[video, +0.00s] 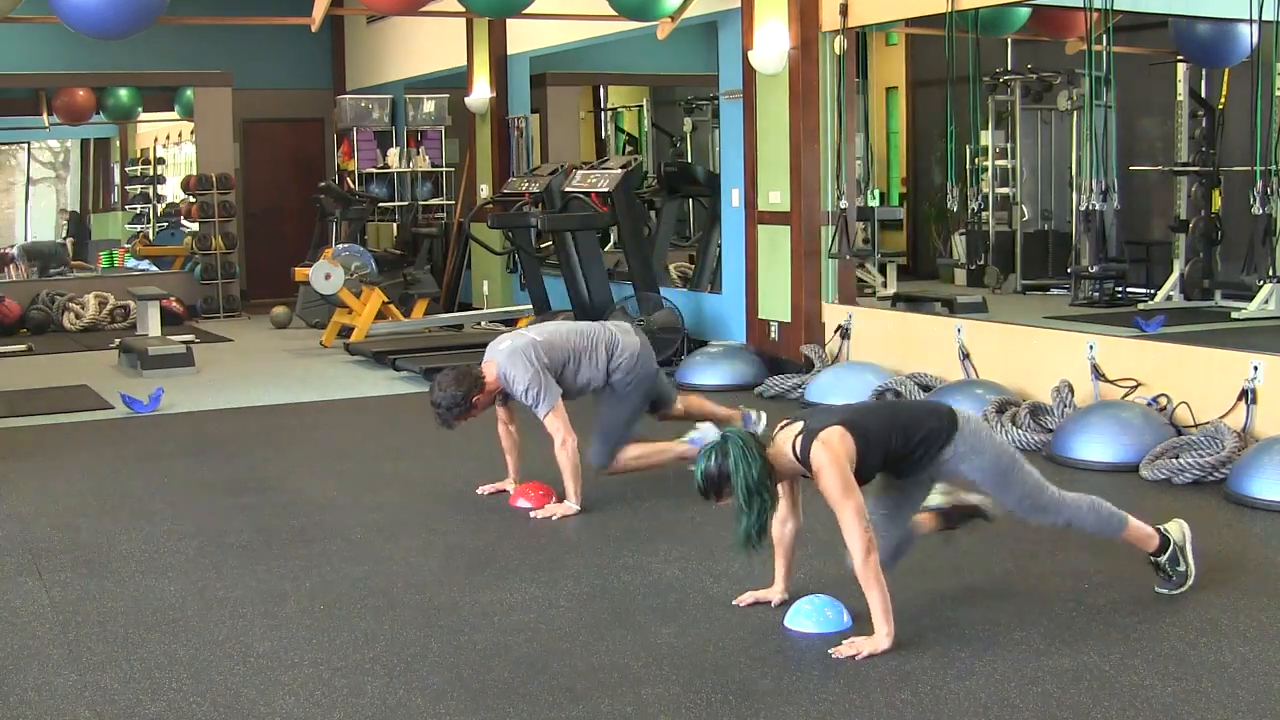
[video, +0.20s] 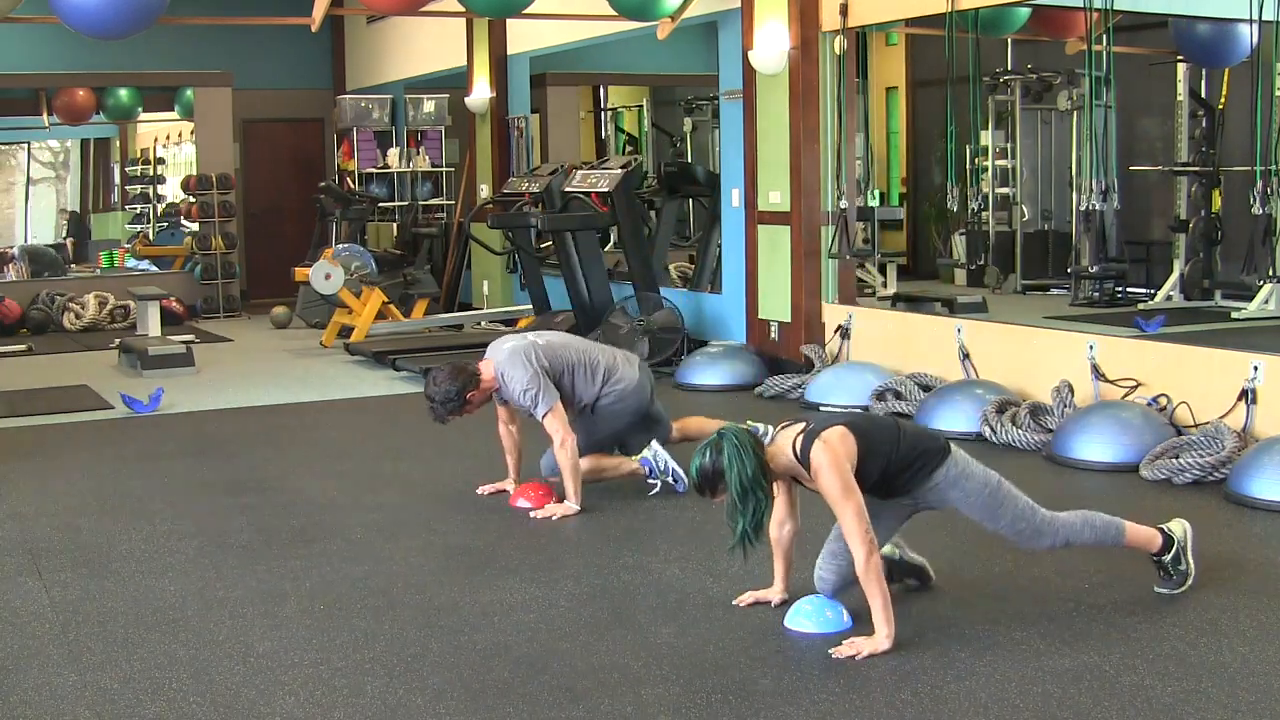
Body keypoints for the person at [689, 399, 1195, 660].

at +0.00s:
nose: (735, 498)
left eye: (733, 489)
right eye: (727, 492)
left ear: (746, 471)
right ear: (747, 452)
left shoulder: (824, 452)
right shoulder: (774, 446)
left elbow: (862, 548)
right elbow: (784, 516)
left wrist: (882, 633)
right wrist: (779, 586)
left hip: (950, 437)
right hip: (899, 462)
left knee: (1045, 505)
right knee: (879, 556)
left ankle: (1161, 542)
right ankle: (948, 511)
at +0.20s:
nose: (731, 499)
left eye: (729, 490)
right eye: (722, 492)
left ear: (745, 472)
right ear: (740, 454)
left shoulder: (823, 457)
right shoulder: (771, 449)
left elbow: (862, 547)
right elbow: (781, 520)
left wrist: (882, 633)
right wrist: (778, 586)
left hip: (937, 468)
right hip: (886, 493)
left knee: (1040, 530)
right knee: (827, 579)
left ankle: (1165, 540)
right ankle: (898, 566)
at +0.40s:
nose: (740, 500)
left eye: (737, 492)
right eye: (732, 493)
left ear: (754, 473)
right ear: (741, 461)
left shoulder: (826, 457)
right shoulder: (771, 449)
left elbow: (863, 546)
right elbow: (785, 519)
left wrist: (883, 634)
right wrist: (779, 587)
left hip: (945, 457)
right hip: (891, 482)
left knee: (1046, 520)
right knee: (838, 567)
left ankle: (1163, 539)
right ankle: (911, 550)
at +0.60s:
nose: (745, 503)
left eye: (742, 494)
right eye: (737, 497)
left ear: (755, 475)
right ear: (749, 461)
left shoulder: (830, 452)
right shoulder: (781, 448)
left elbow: (867, 548)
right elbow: (789, 521)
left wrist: (883, 632)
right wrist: (779, 587)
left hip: (957, 428)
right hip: (906, 454)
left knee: (1047, 495)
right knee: (897, 544)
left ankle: (1156, 538)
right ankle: (975, 493)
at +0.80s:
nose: (741, 501)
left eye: (739, 494)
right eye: (733, 497)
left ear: (750, 474)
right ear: (748, 450)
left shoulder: (828, 454)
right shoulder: (776, 446)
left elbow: (869, 549)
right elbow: (788, 520)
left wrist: (883, 635)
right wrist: (779, 588)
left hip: (959, 444)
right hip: (925, 453)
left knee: (1049, 506)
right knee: (969, 511)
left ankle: (1156, 536)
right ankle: (1055, 509)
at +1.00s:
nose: (740, 504)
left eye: (739, 497)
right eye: (732, 500)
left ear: (752, 474)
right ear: (747, 449)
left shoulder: (828, 454)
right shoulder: (766, 441)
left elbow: (869, 547)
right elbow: (780, 514)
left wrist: (882, 634)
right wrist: (780, 586)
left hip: (937, 458)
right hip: (909, 459)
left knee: (1024, 539)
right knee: (997, 505)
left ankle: (1151, 535)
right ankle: (1070, 509)